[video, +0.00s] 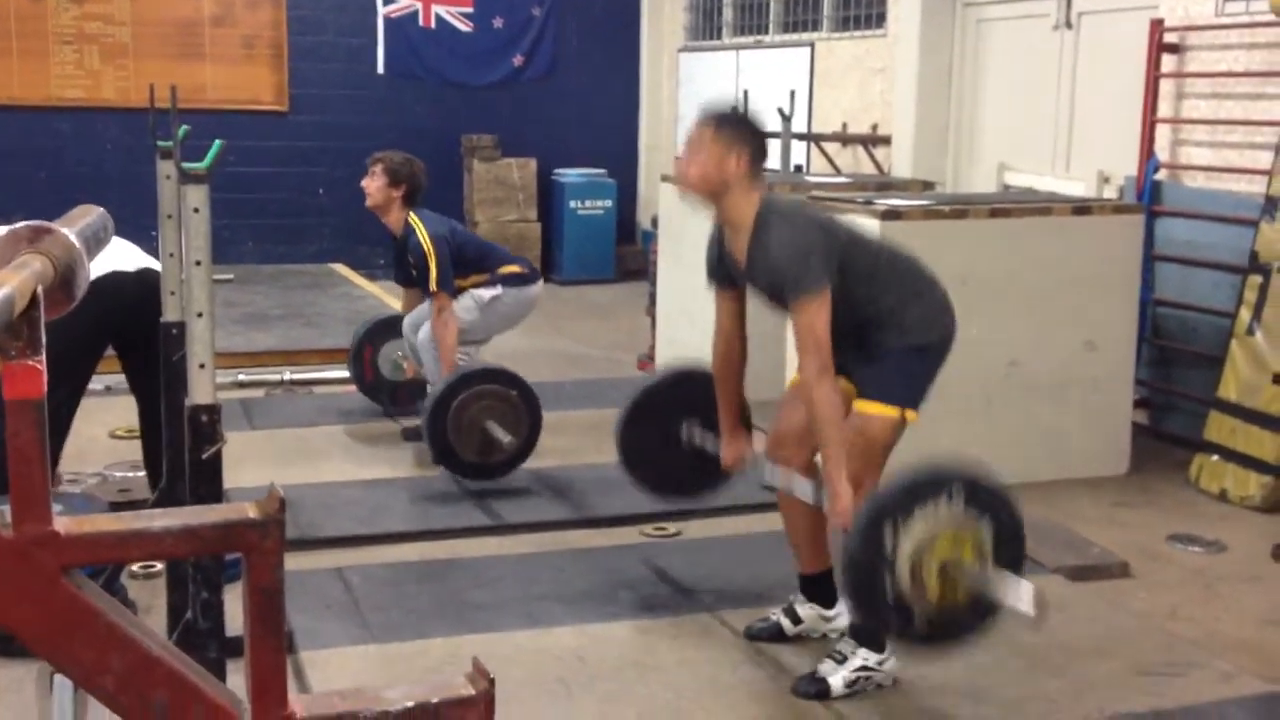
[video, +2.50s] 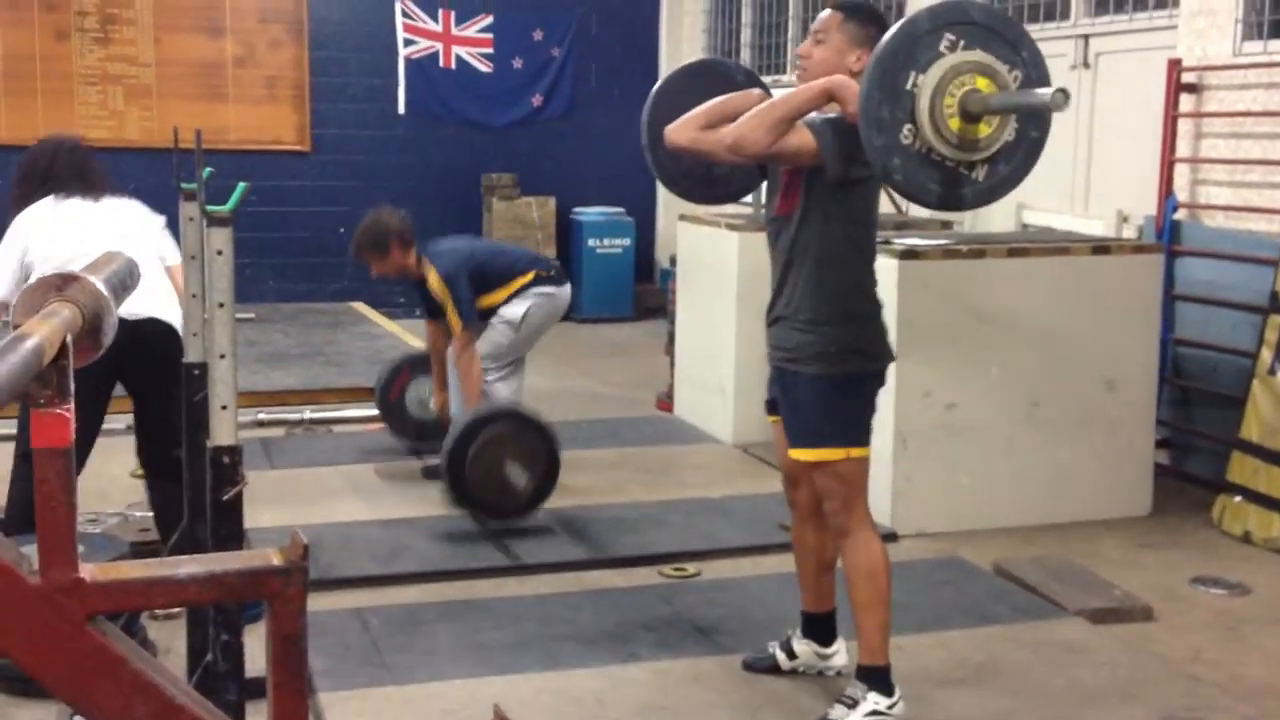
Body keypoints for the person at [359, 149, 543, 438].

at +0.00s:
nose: (363, 184)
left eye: (374, 177)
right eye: (367, 176)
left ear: (398, 191)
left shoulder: (427, 235)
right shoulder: (406, 235)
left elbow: (443, 311)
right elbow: (412, 298)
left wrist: (448, 380)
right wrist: (412, 357)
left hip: (514, 287)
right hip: (488, 286)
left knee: (429, 339)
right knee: (413, 325)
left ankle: (456, 424)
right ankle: (438, 413)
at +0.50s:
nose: (370, 76)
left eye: (379, 69)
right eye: (374, 68)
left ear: (406, 79)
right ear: (398, 79)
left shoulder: (432, 126)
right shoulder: (407, 129)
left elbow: (448, 198)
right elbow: (406, 194)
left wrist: (449, 269)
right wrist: (405, 257)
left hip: (494, 231)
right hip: (456, 231)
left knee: (470, 321)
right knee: (432, 315)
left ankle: (473, 428)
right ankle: (441, 411)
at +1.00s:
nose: (445, 80)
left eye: (455, 75)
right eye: (449, 73)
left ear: (477, 90)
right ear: (463, 91)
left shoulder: (499, 127)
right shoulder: (458, 133)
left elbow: (533, 164)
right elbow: (440, 154)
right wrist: (420, 163)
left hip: (496, 257)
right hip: (462, 255)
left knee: (448, 344)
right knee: (414, 332)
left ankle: (486, 440)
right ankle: (447, 422)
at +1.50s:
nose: (444, 51)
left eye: (453, 45)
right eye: (447, 44)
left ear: (477, 60)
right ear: (466, 61)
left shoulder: (491, 111)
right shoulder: (454, 115)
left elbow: (505, 183)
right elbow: (449, 186)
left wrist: (499, 250)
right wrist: (439, 246)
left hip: (498, 246)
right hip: (468, 247)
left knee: (498, 338)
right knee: (456, 332)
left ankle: (500, 440)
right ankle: (463, 421)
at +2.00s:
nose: (402, 108)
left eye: (406, 98)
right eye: (401, 99)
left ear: (432, 92)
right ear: (431, 95)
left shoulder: (469, 134)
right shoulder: (444, 139)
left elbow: (484, 212)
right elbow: (442, 208)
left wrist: (492, 280)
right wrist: (434, 273)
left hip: (509, 254)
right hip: (474, 256)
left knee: (494, 353)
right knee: (461, 347)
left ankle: (500, 450)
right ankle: (465, 432)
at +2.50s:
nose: (374, 273)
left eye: (377, 262)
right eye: (370, 265)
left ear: (398, 248)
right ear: (398, 248)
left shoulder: (444, 270)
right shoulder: (425, 270)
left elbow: (466, 346)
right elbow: (437, 334)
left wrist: (470, 420)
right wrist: (440, 393)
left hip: (542, 289)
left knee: (463, 356)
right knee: (501, 365)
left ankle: (462, 452)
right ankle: (506, 448)